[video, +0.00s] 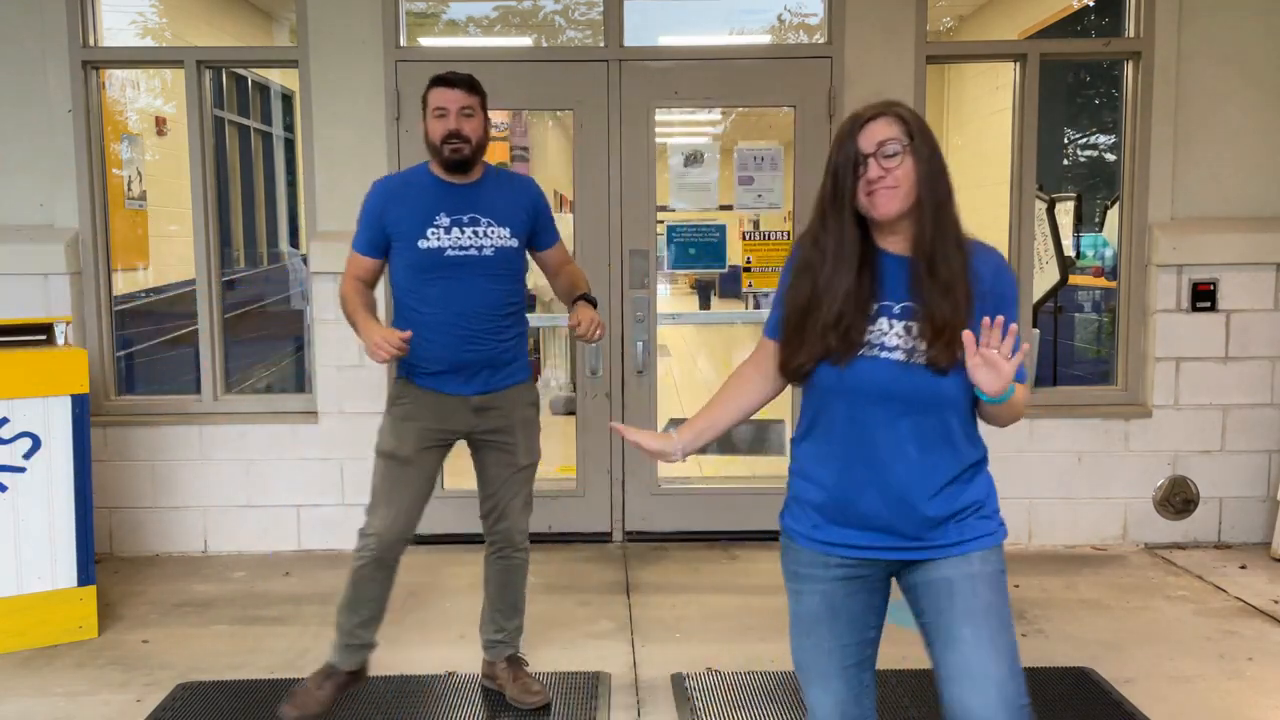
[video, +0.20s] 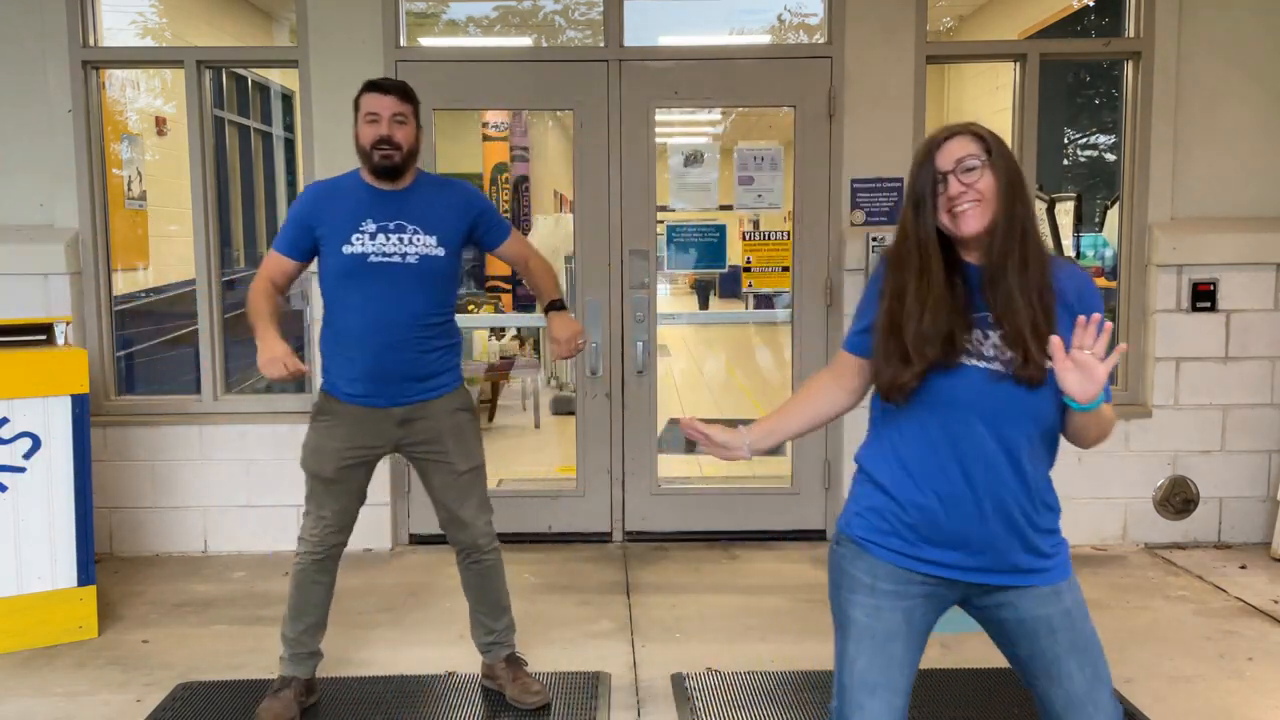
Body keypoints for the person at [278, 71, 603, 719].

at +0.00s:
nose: (455, 125)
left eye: (467, 114)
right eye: (442, 115)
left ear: (486, 123)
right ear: (423, 127)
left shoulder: (521, 196)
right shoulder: (390, 197)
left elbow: (561, 269)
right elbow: (354, 283)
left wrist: (581, 303)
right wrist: (369, 328)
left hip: (506, 395)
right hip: (421, 395)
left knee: (510, 535)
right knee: (381, 537)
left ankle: (503, 659)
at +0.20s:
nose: (385, 131)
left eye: (398, 121)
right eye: (373, 120)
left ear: (418, 133)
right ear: (354, 132)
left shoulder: (459, 202)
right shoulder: (320, 203)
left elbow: (528, 258)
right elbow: (265, 286)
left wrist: (557, 312)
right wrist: (269, 339)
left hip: (438, 404)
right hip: (348, 408)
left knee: (477, 539)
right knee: (318, 545)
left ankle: (502, 660)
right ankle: (295, 676)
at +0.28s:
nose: (357, 126)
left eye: (371, 116)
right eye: (345, 115)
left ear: (391, 129)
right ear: (326, 128)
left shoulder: (432, 195)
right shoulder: (292, 198)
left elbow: (485, 266)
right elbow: (244, 282)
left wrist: (506, 327)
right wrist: (262, 342)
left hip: (414, 400)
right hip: (323, 402)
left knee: (460, 533)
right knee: (305, 542)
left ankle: (497, 657)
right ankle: (294, 676)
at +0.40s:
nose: (324, 132)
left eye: (337, 121)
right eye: (311, 121)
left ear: (356, 133)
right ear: (293, 134)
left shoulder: (400, 205)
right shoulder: (263, 210)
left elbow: (419, 292)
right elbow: (228, 298)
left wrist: (418, 331)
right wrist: (256, 355)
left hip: (391, 404)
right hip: (300, 410)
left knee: (441, 534)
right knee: (284, 552)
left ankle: (474, 652)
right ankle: (293, 676)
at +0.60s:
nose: (288, 129)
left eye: (299, 117)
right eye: (273, 119)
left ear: (318, 128)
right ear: (253, 133)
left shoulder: (365, 191)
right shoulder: (230, 214)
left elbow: (406, 269)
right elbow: (214, 302)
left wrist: (403, 283)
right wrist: (219, 307)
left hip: (372, 396)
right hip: (284, 405)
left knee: (404, 524)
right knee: (278, 547)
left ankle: (390, 659)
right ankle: (292, 675)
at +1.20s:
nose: (328, 146)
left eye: (340, 135)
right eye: (315, 133)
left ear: (355, 147)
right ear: (289, 143)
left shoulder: (392, 209)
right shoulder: (253, 221)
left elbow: (406, 293)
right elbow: (205, 297)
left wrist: (425, 287)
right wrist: (238, 334)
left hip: (386, 409)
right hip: (295, 419)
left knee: (437, 533)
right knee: (282, 559)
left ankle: (463, 669)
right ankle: (292, 678)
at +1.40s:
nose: (397, 151)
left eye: (410, 142)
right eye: (384, 137)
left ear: (423, 153)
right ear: (357, 142)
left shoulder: (449, 209)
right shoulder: (313, 202)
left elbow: (492, 269)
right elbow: (213, 240)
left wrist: (506, 272)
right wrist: (241, 287)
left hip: (421, 414)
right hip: (328, 416)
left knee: (475, 545)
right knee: (298, 558)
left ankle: (523, 674)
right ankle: (292, 679)